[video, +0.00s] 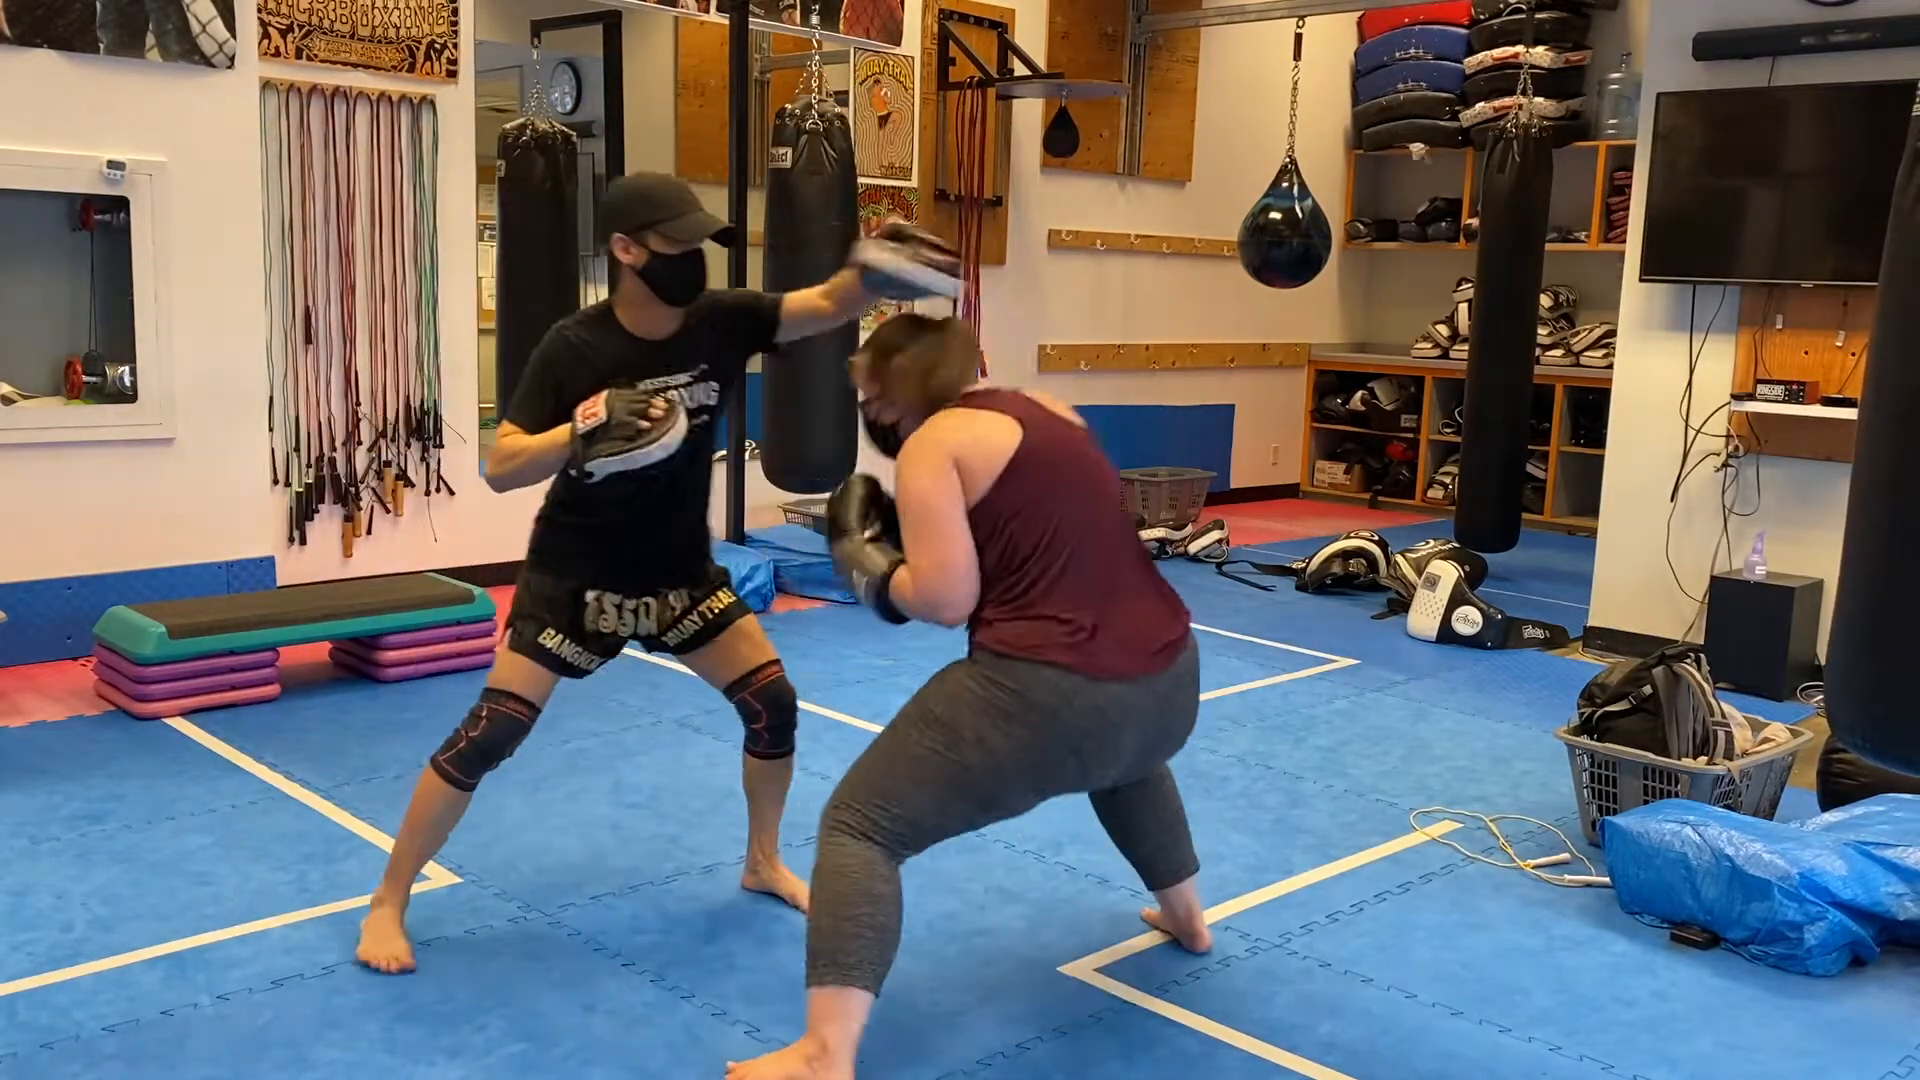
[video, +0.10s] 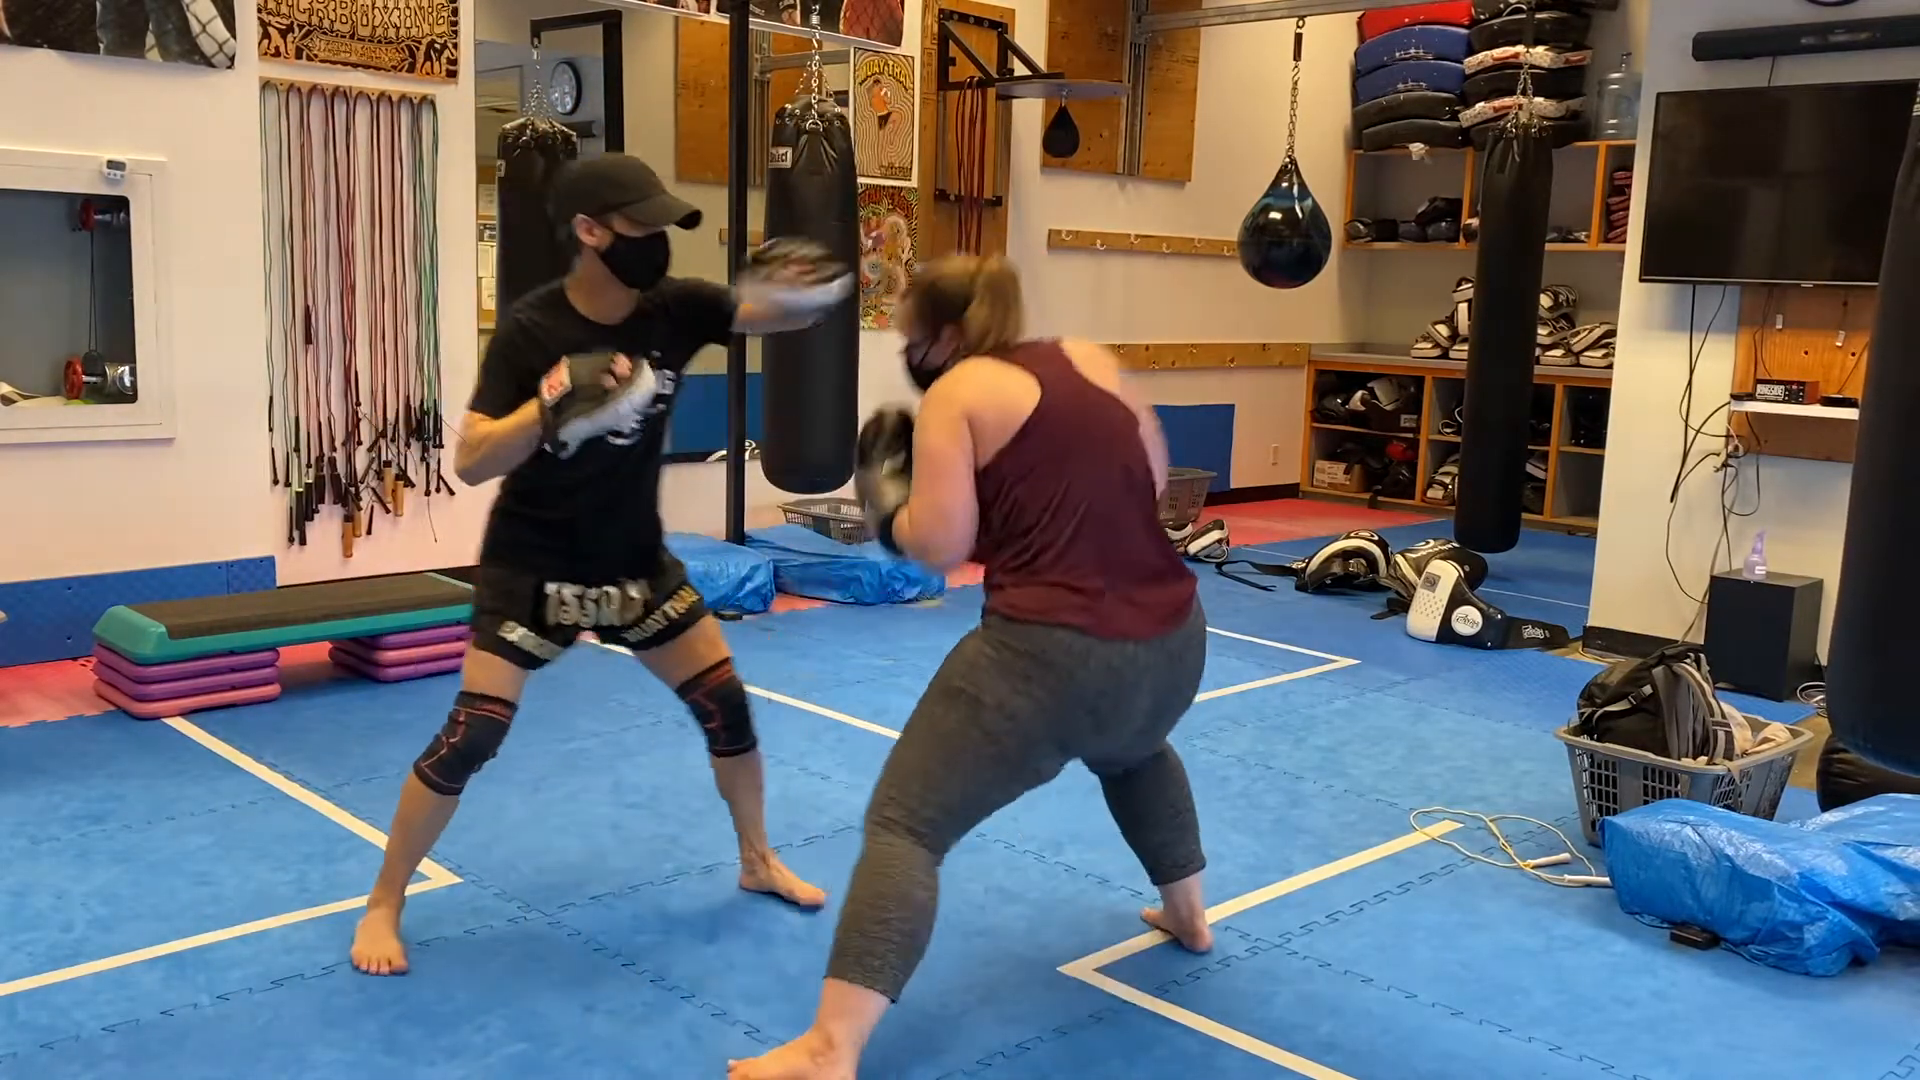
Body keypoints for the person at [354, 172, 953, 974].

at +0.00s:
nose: (697, 258)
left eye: (699, 244)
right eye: (680, 247)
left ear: (701, 240)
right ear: (627, 251)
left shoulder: (719, 322)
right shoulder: (572, 348)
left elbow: (829, 304)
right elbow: (500, 467)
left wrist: (872, 264)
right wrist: (577, 434)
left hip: (682, 571)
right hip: (574, 576)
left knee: (773, 704)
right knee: (496, 729)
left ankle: (764, 859)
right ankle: (388, 902)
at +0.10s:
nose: (663, 239)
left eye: (663, 226)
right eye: (646, 227)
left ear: (617, 231)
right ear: (592, 230)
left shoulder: (674, 309)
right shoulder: (531, 327)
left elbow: (776, 312)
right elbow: (472, 459)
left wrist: (801, 289)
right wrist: (553, 405)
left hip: (636, 554)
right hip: (532, 559)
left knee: (726, 704)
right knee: (474, 733)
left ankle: (758, 859)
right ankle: (384, 905)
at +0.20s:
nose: (624, 224)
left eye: (623, 210)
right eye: (607, 211)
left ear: (571, 216)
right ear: (554, 215)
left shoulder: (627, 298)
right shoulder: (486, 312)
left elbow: (753, 339)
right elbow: (454, 444)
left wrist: (736, 343)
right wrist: (519, 352)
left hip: (584, 538)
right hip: (484, 543)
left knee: (681, 699)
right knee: (446, 732)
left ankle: (709, 858)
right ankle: (380, 907)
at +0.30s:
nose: (592, 222)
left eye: (594, 206)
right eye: (576, 207)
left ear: (576, 208)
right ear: (523, 208)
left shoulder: (602, 298)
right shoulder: (466, 302)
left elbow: (671, 366)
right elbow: (466, 427)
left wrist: (698, 405)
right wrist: (513, 310)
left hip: (557, 536)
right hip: (461, 540)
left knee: (642, 699)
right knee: (437, 734)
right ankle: (379, 908)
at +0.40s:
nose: (599, 207)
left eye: (601, 193)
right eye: (587, 193)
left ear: (560, 198)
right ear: (536, 195)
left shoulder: (578, 287)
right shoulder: (482, 295)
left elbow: (607, 368)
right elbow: (536, 409)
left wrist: (655, 399)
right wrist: (557, 291)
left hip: (537, 538)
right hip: (453, 541)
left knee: (593, 709)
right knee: (430, 736)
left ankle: (529, 877)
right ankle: (377, 908)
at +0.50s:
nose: (616, 206)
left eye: (616, 192)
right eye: (600, 193)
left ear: (560, 197)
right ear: (547, 196)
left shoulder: (564, 283)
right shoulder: (513, 286)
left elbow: (607, 391)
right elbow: (619, 384)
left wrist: (657, 390)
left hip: (518, 534)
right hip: (443, 536)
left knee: (573, 703)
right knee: (436, 736)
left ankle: (527, 880)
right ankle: (378, 909)